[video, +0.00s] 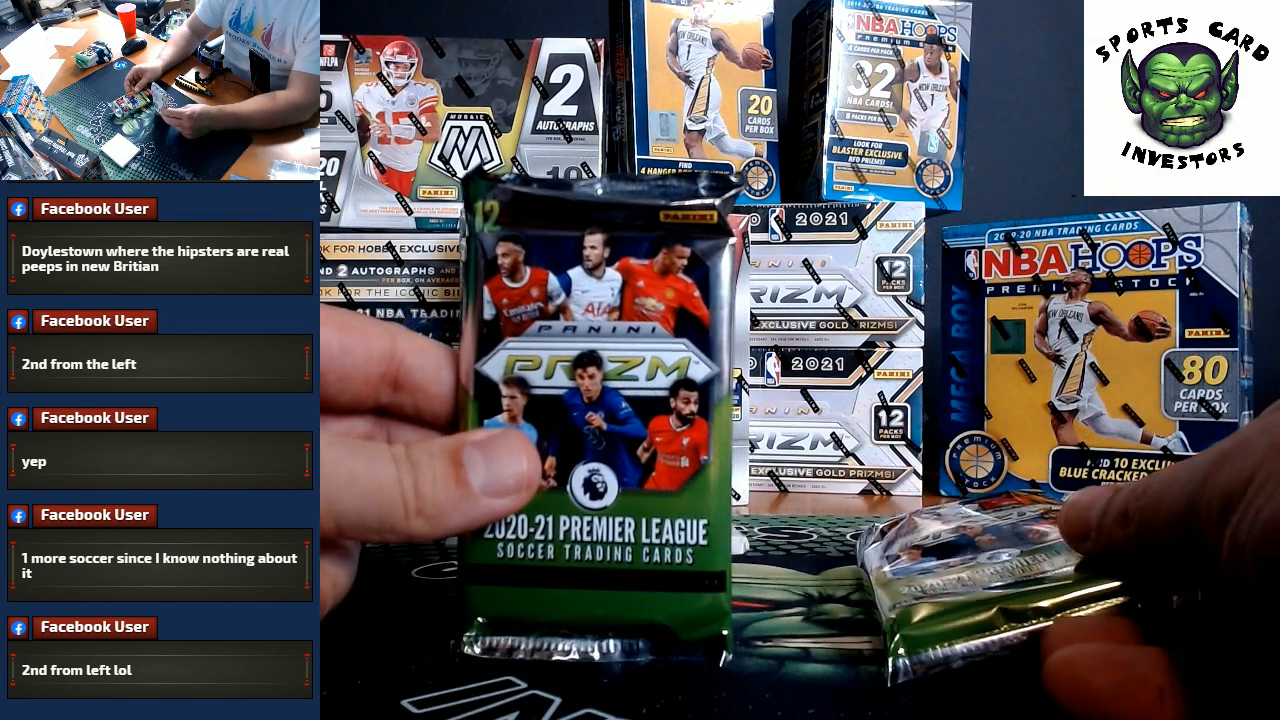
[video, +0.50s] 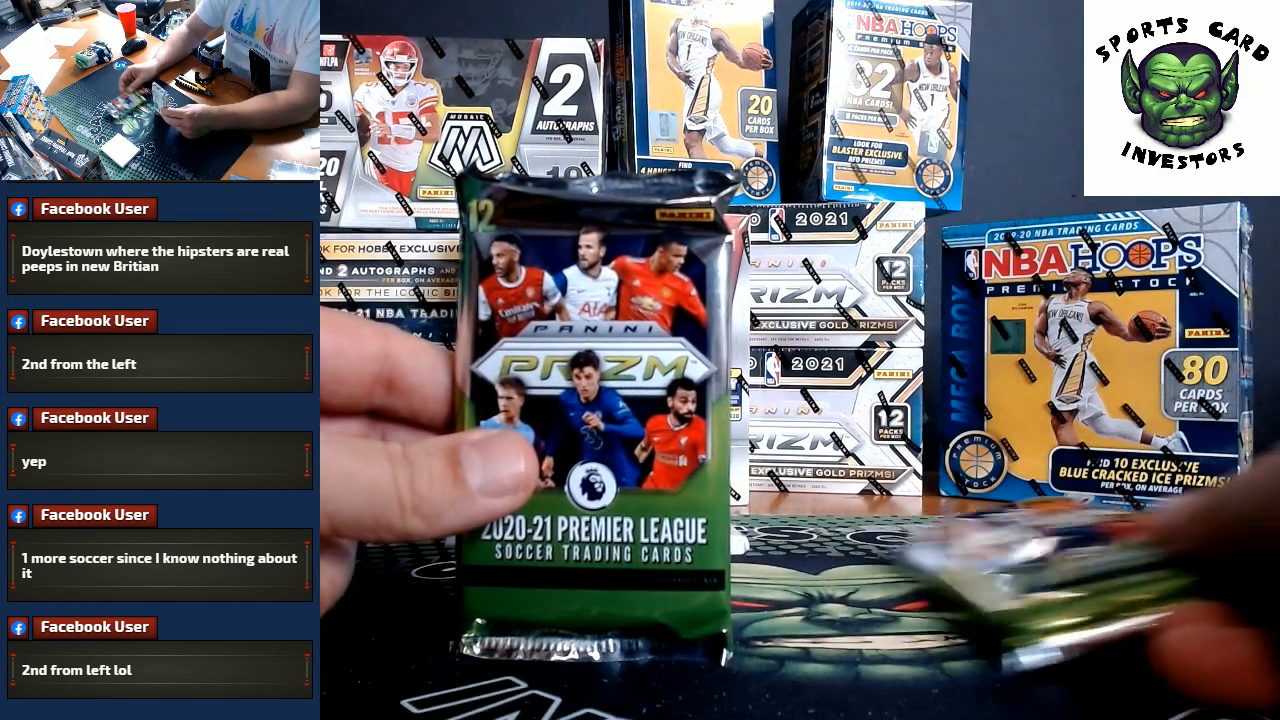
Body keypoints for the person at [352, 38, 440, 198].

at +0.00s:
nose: (399, 71)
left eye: (404, 67)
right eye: (394, 66)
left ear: (412, 68)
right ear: (384, 66)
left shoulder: (423, 91)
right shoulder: (366, 91)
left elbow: (433, 133)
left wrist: (392, 130)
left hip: (405, 172)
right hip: (375, 168)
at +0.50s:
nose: (399, 71)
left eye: (404, 67)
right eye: (393, 66)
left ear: (412, 68)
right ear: (384, 66)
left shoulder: (423, 92)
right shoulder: (366, 91)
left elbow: (433, 132)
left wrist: (392, 130)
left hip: (405, 172)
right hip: (376, 168)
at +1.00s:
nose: (399, 70)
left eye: (405, 64)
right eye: (393, 63)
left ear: (413, 65)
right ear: (382, 64)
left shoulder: (424, 90)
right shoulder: (365, 90)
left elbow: (432, 130)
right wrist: (370, 126)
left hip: (406, 170)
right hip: (374, 165)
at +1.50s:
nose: (399, 70)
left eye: (405, 65)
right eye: (393, 64)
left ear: (413, 66)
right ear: (382, 64)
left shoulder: (423, 89)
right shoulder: (365, 90)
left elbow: (432, 130)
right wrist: (370, 125)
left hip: (405, 169)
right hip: (374, 165)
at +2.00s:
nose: (398, 70)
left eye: (404, 65)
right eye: (392, 64)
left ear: (413, 66)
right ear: (381, 64)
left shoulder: (424, 90)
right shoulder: (365, 90)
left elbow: (432, 130)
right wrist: (370, 126)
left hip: (405, 169)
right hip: (373, 165)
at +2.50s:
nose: (398, 70)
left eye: (405, 64)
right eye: (392, 63)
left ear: (413, 66)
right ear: (381, 64)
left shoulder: (424, 90)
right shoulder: (365, 90)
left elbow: (432, 130)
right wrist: (370, 126)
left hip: (405, 170)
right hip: (373, 165)